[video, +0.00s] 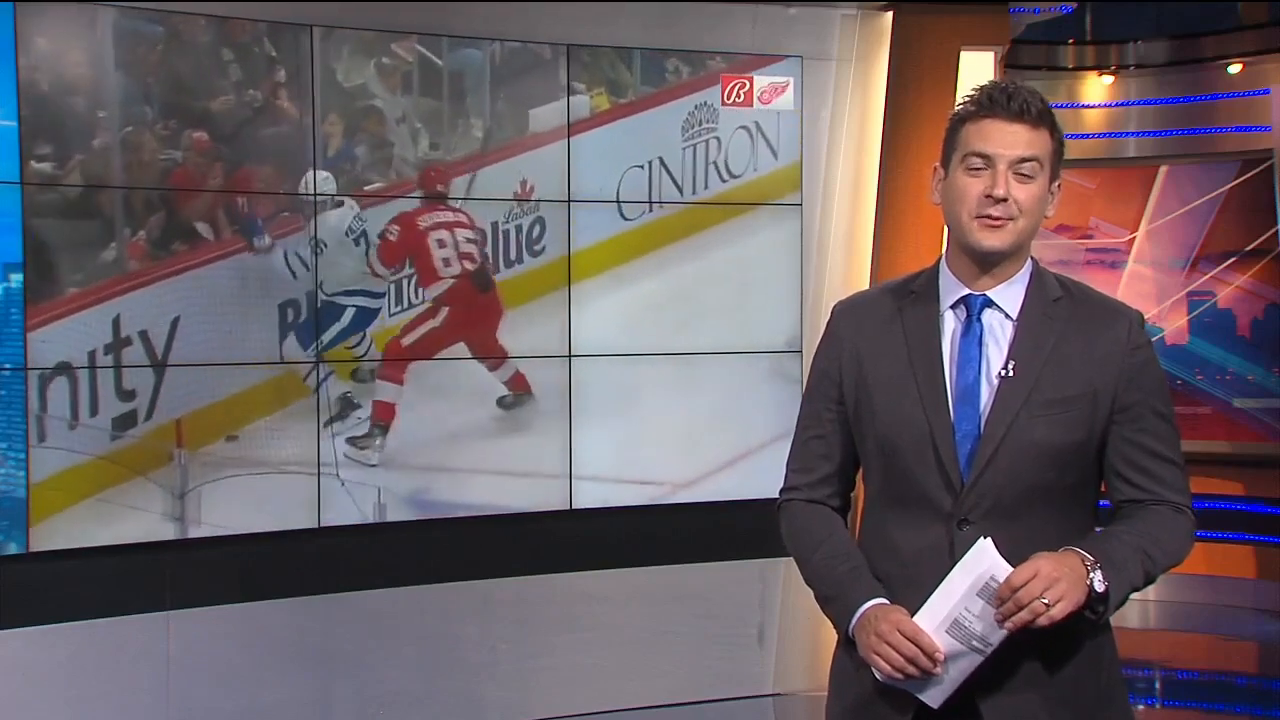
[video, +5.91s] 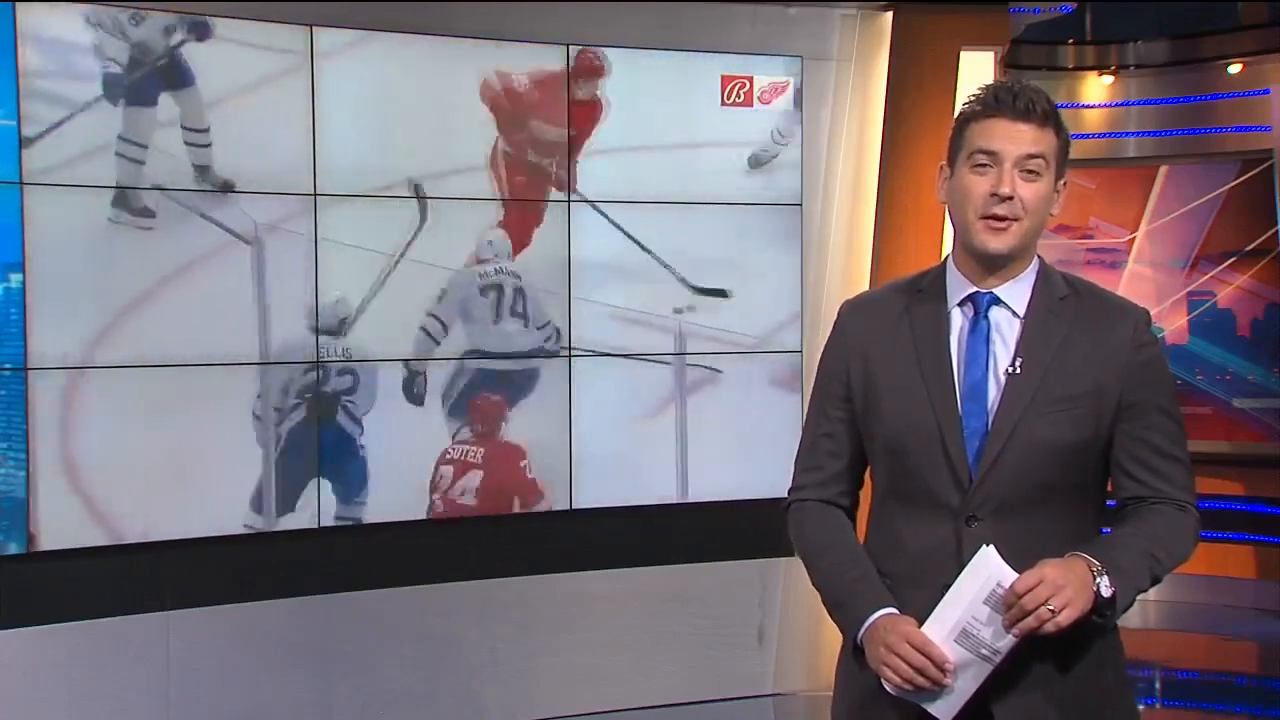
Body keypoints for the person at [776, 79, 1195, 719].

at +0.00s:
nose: (998, 190)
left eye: (1023, 172)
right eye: (977, 166)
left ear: (1050, 196)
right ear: (940, 184)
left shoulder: (1113, 337)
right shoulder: (858, 327)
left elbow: (1162, 512)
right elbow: (808, 499)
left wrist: (1090, 566)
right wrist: (862, 609)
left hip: (1049, 691)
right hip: (887, 688)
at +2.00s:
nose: (1001, 202)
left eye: (1027, 181)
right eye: (980, 175)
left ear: (1056, 197)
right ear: (945, 185)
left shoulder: (1118, 336)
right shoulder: (865, 328)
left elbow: (1166, 509)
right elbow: (816, 499)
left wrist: (1092, 566)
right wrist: (869, 614)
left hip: (1054, 691)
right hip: (892, 687)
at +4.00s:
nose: (1007, 185)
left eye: (1032, 168)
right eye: (984, 164)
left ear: (1060, 193)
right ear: (949, 186)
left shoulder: (1127, 332)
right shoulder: (876, 332)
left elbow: (1181, 507)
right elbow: (831, 506)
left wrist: (1107, 566)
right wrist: (885, 620)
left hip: (1071, 690)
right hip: (907, 687)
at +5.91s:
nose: (1003, 189)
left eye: (1029, 171)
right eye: (982, 164)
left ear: (1056, 196)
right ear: (946, 183)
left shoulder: (1119, 335)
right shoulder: (866, 326)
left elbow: (1166, 509)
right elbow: (816, 500)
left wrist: (1095, 571)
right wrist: (871, 619)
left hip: (1056, 691)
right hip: (893, 687)